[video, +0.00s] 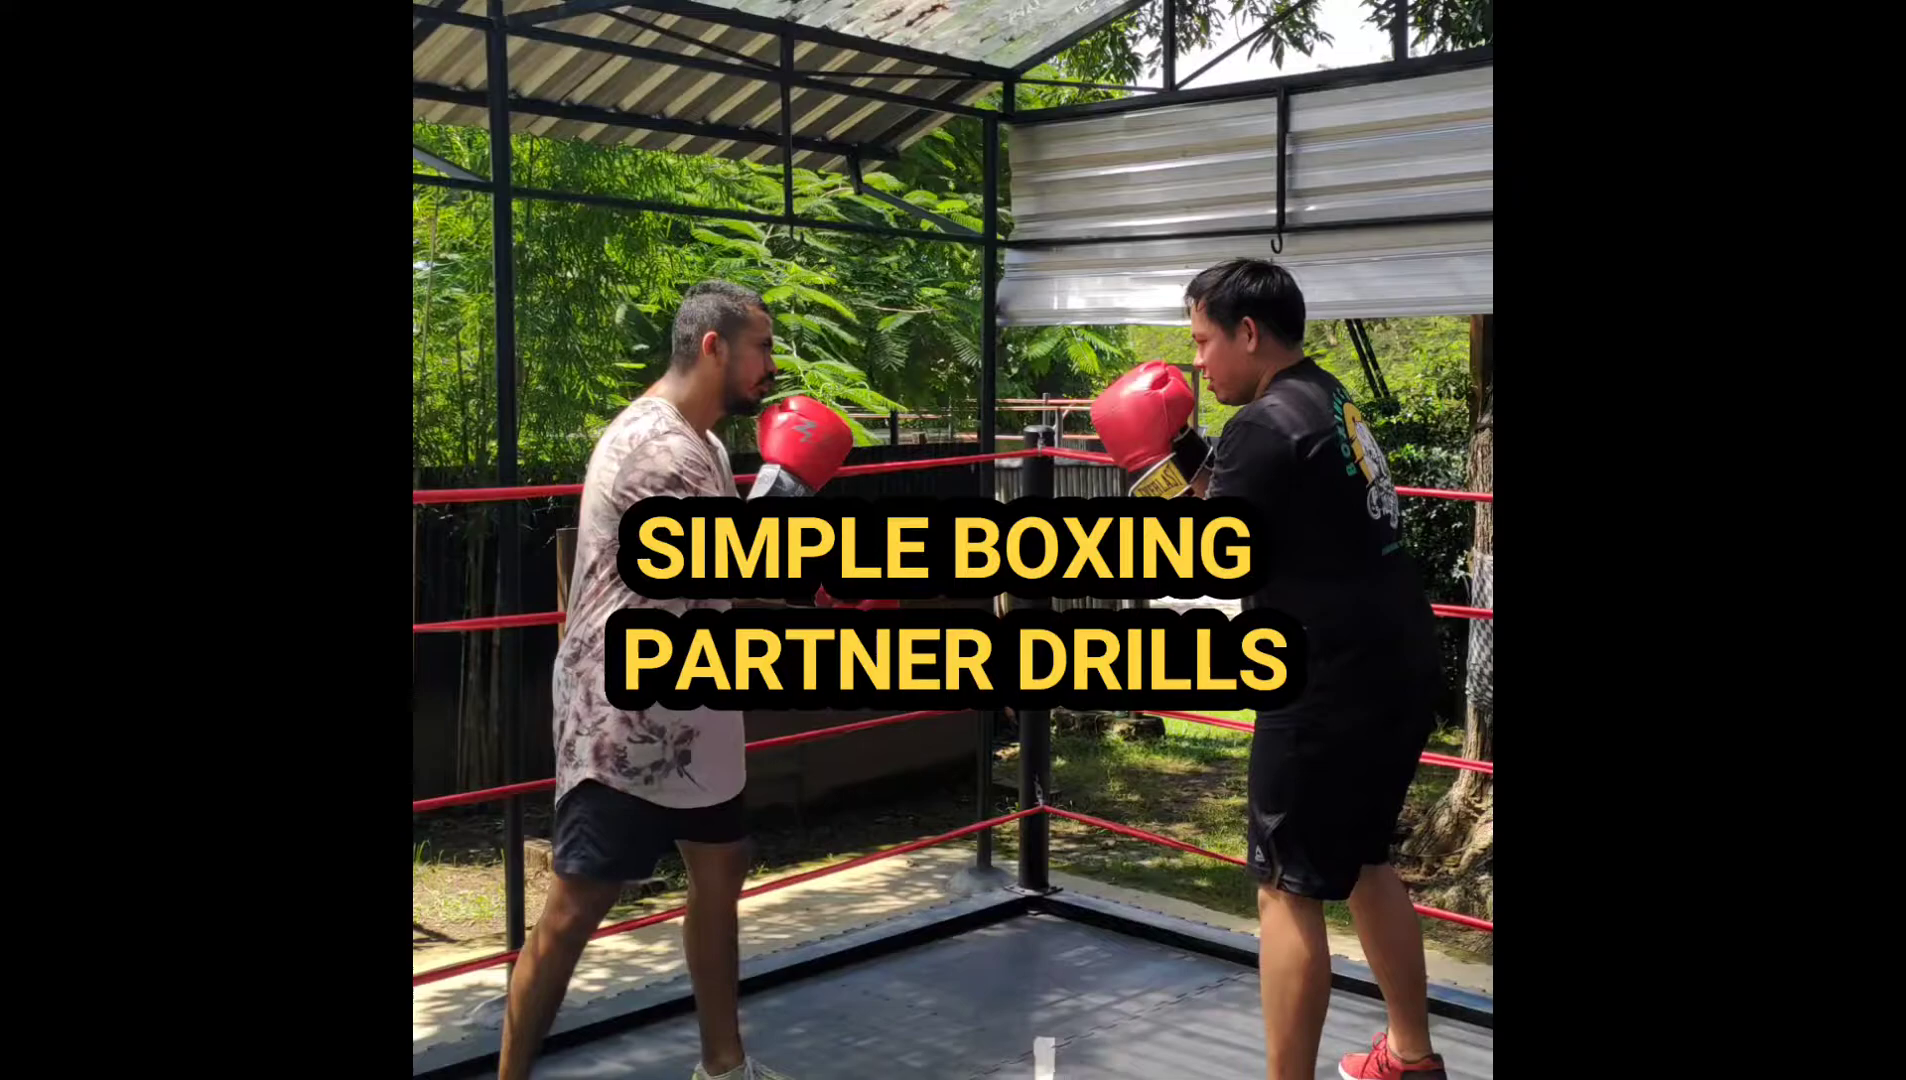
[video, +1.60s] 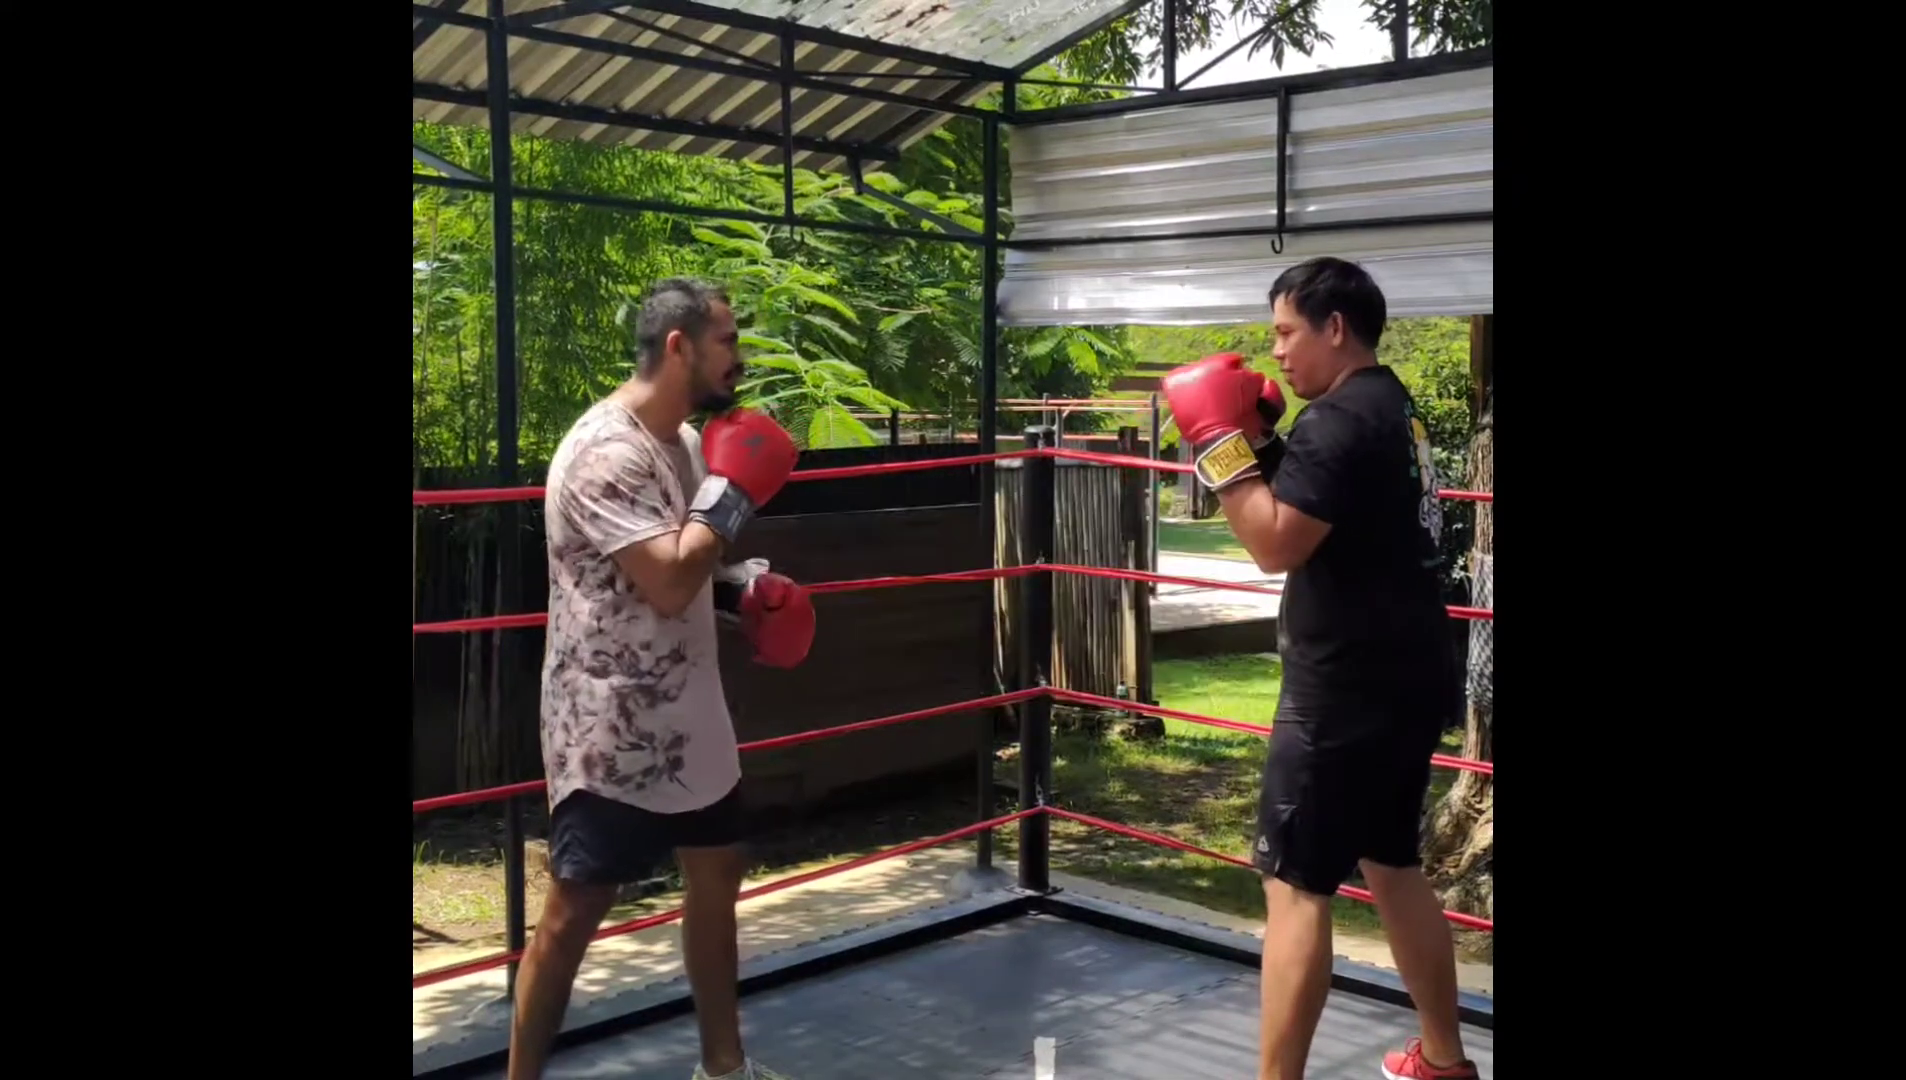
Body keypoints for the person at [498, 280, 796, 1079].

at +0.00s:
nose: (771, 366)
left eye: (772, 350)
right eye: (762, 348)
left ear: (708, 351)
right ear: (710, 347)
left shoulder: (704, 443)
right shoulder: (656, 449)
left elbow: (724, 569)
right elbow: (715, 587)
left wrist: (781, 488)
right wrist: (779, 488)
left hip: (696, 712)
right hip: (618, 719)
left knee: (720, 872)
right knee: (568, 917)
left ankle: (724, 1061)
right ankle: (510, 1072)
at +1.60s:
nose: (737, 358)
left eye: (737, 342)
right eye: (727, 341)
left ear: (682, 349)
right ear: (677, 346)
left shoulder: (683, 445)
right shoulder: (600, 454)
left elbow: (682, 564)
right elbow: (669, 584)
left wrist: (747, 585)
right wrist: (731, 489)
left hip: (691, 719)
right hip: (606, 727)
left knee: (716, 879)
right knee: (569, 919)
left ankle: (723, 1062)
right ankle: (521, 1074)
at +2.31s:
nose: (711, 387)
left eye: (712, 369)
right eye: (701, 368)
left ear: (650, 369)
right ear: (651, 366)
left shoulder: (643, 462)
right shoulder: (568, 468)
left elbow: (661, 575)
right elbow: (652, 588)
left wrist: (722, 599)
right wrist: (707, 500)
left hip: (665, 726)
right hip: (580, 742)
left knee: (746, 866)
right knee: (555, 938)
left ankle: (728, 1060)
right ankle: (516, 1077)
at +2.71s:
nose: (795, 367)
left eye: (798, 352)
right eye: (783, 350)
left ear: (760, 352)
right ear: (728, 346)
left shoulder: (790, 441)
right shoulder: (639, 437)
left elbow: (894, 467)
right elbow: (629, 547)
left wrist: (954, 419)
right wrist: (731, 486)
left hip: (749, 716)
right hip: (636, 722)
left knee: (788, 873)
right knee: (576, 907)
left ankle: (768, 1059)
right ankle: (525, 1074)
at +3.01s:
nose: (796, 374)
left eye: (797, 358)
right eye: (784, 357)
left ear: (746, 358)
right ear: (729, 354)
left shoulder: (778, 456)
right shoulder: (636, 447)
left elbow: (815, 558)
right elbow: (636, 566)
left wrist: (860, 549)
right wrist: (733, 501)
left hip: (751, 722)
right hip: (638, 724)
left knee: (790, 874)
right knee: (572, 905)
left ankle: (770, 1059)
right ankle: (511, 1073)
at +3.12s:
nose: (774, 375)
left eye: (775, 358)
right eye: (763, 358)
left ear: (719, 361)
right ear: (709, 356)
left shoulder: (751, 460)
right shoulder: (611, 452)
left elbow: (769, 576)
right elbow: (624, 576)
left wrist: (775, 641)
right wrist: (716, 496)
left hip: (732, 721)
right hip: (619, 731)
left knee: (779, 875)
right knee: (565, 909)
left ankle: (770, 1059)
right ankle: (509, 1074)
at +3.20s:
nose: (755, 380)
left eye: (755, 362)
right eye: (744, 362)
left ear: (696, 364)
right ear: (690, 361)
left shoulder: (721, 465)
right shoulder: (588, 459)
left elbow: (740, 575)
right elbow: (608, 586)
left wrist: (745, 638)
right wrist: (696, 506)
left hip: (704, 725)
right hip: (599, 740)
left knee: (763, 873)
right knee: (550, 925)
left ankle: (767, 1059)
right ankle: (508, 1075)